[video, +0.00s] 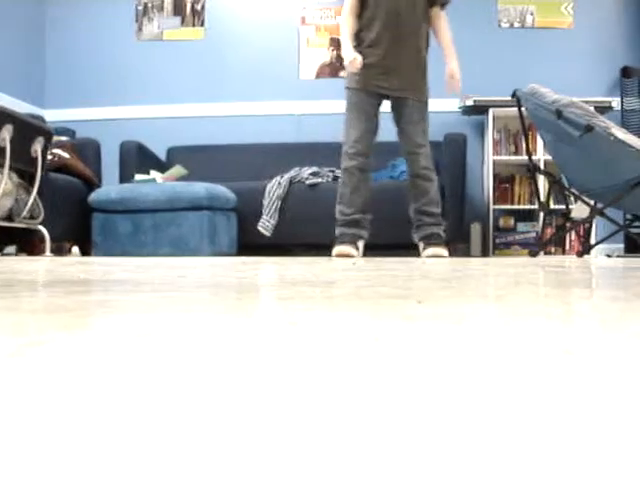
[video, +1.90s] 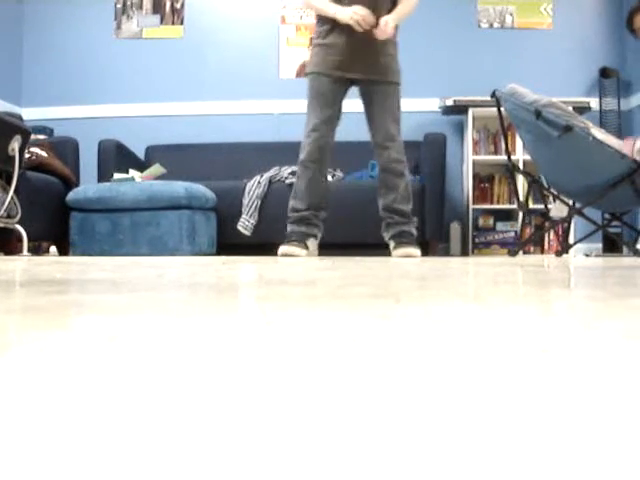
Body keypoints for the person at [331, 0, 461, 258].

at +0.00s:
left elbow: (437, 15)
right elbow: (349, 12)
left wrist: (451, 62)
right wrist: (348, 51)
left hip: (410, 72)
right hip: (365, 69)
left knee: (419, 157)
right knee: (355, 154)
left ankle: (431, 238)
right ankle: (348, 238)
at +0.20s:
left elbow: (409, 7)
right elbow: (324, 16)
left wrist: (422, 46)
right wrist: (319, 60)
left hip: (389, 67)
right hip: (344, 68)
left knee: (401, 151)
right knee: (342, 156)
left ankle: (412, 234)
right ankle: (344, 237)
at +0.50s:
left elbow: (399, 4)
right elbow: (305, 24)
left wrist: (415, 35)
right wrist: (282, 64)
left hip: (373, 60)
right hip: (328, 64)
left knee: (372, 143)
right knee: (331, 154)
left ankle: (385, 235)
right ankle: (337, 236)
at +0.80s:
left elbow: (400, 3)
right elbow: (310, 8)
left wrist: (382, 25)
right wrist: (297, 39)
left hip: (380, 56)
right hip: (332, 59)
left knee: (401, 146)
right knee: (334, 155)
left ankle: (414, 233)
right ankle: (337, 237)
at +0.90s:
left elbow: (411, 1)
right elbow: (307, 8)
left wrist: (376, 27)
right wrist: (326, 30)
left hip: (386, 58)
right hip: (337, 60)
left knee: (400, 150)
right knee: (337, 154)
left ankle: (412, 235)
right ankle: (338, 237)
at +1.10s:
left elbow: (426, 1)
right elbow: (325, 6)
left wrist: (394, 23)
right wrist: (359, 23)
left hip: (398, 56)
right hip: (350, 57)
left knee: (405, 151)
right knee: (344, 152)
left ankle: (412, 237)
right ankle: (338, 237)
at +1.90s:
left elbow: (410, 1)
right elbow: (310, 2)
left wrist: (393, 18)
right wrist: (340, 11)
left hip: (380, 47)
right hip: (330, 46)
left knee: (389, 143)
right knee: (316, 140)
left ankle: (401, 236)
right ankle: (302, 235)